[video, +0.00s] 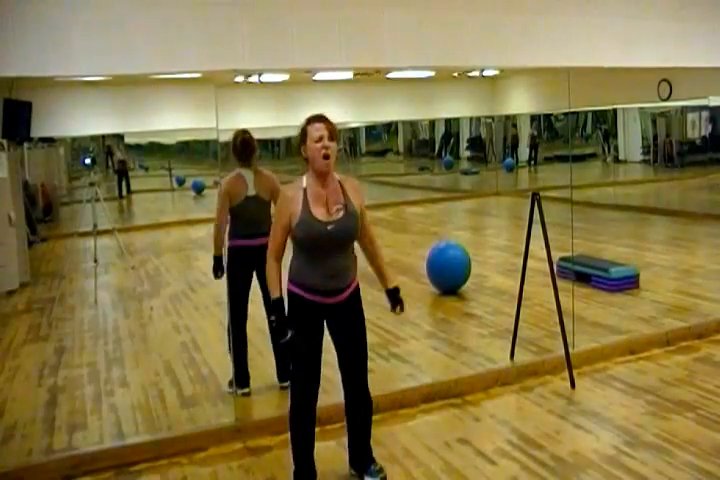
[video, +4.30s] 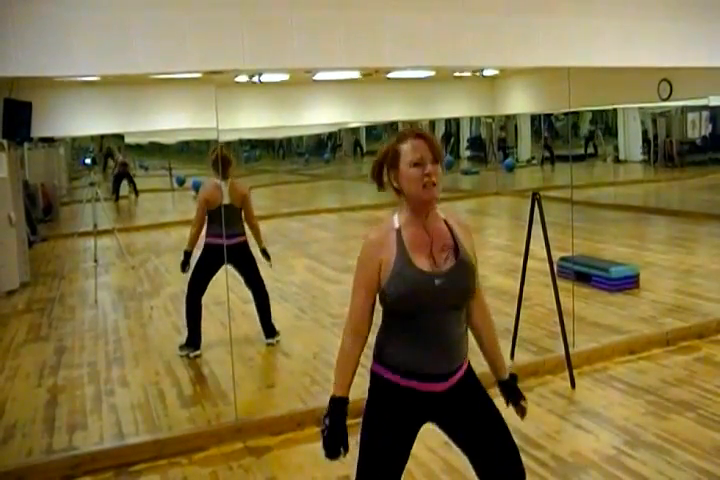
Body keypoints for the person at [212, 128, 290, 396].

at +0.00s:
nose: (242, 153)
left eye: (237, 149)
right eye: (251, 148)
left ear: (234, 153)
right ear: (255, 151)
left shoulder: (229, 183)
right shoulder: (269, 179)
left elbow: (220, 223)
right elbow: (285, 212)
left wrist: (217, 255)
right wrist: (286, 243)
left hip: (239, 253)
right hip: (266, 251)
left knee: (238, 316)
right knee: (275, 310)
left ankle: (241, 379)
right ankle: (284, 372)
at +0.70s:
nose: (235, 149)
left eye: (233, 145)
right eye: (249, 143)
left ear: (234, 147)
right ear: (256, 146)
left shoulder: (230, 176)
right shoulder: (268, 172)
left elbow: (221, 211)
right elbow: (287, 203)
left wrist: (196, 223)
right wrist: (281, 230)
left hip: (236, 247)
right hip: (265, 244)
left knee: (220, 302)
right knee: (282, 299)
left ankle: (225, 364)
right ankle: (294, 355)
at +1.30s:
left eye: (235, 174)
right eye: (249, 174)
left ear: (232, 177)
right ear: (252, 176)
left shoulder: (226, 201)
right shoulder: (262, 198)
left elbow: (211, 239)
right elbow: (281, 228)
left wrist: (193, 250)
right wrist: (291, 235)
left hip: (237, 270)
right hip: (266, 267)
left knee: (212, 315)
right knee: (286, 312)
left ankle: (210, 374)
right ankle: (300, 364)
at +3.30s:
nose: (226, 171)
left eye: (221, 167)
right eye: (231, 167)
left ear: (217, 170)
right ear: (235, 169)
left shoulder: (211, 196)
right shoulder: (245, 193)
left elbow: (203, 231)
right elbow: (257, 225)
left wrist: (194, 259)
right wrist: (268, 253)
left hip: (220, 257)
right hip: (246, 255)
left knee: (197, 299)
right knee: (266, 294)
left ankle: (194, 354)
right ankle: (278, 342)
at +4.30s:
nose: (218, 169)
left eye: (214, 166)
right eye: (226, 165)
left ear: (212, 167)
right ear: (231, 166)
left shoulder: (207, 191)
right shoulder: (241, 190)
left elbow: (198, 225)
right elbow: (252, 222)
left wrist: (187, 253)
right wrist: (262, 246)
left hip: (213, 251)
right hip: (239, 250)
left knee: (194, 293)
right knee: (258, 288)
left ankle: (193, 343)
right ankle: (270, 332)